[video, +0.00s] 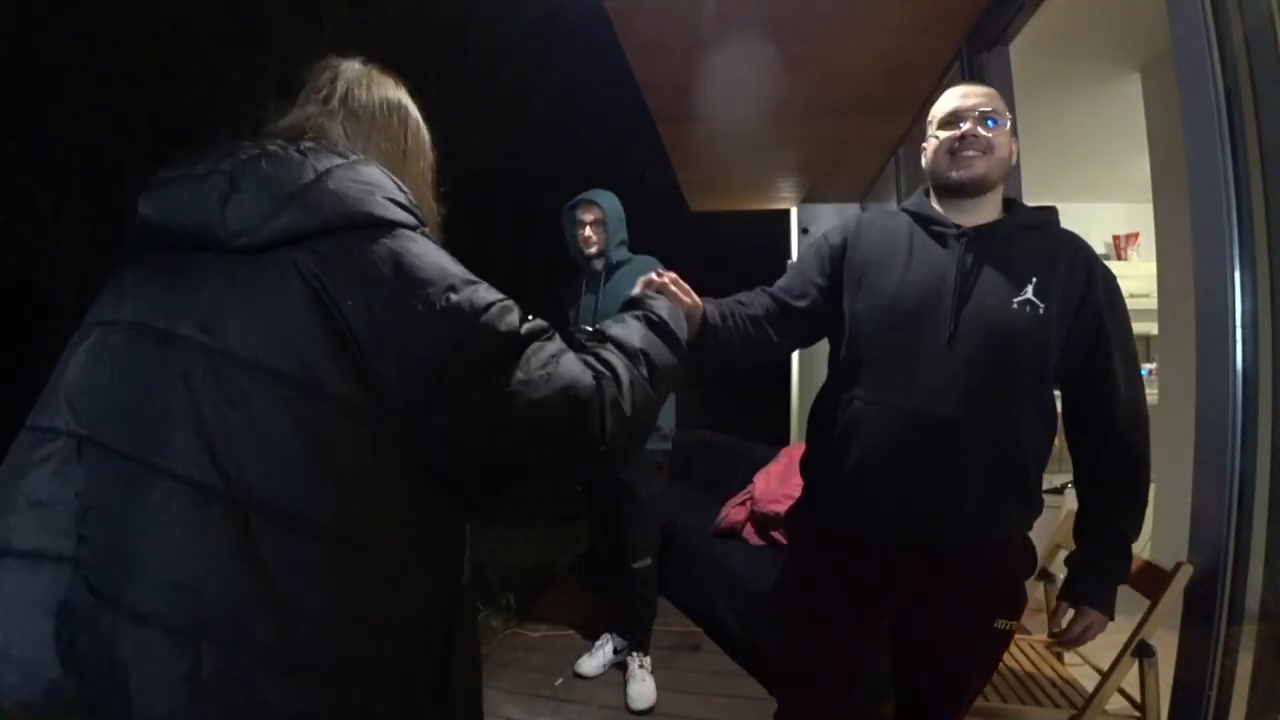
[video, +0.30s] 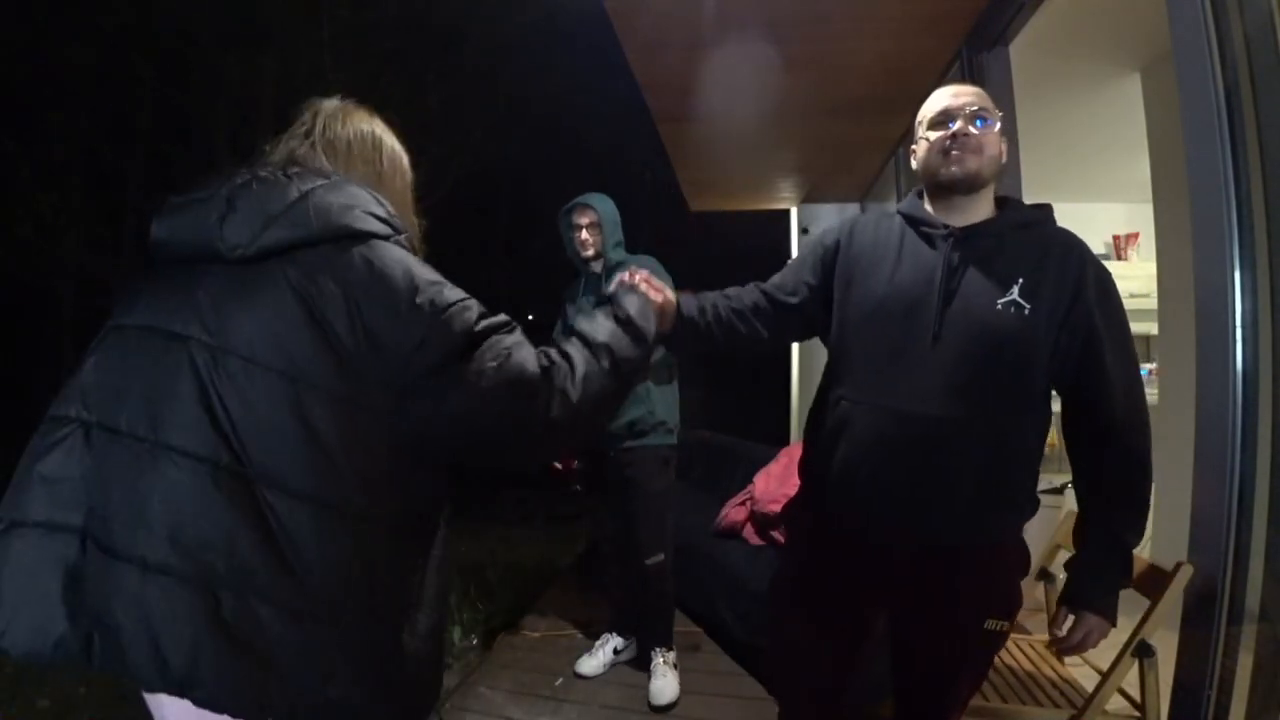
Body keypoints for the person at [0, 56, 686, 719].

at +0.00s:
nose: (424, 192)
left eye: (423, 176)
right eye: (420, 173)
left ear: (291, 139)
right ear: (395, 163)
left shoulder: (158, 255)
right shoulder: (377, 261)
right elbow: (565, 405)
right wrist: (660, 324)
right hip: (304, 667)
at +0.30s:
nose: (406, 215)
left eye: (405, 200)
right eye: (402, 198)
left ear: (283, 167)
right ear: (380, 188)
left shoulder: (178, 269)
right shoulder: (371, 275)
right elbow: (540, 398)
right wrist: (635, 320)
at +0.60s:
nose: (395, 242)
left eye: (396, 226)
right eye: (391, 224)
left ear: (295, 191)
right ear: (361, 213)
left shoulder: (212, 265)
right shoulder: (335, 289)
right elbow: (456, 424)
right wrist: (593, 440)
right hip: (223, 625)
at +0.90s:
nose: (366, 216)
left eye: (364, 196)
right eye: (355, 191)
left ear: (294, 187)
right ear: (303, 185)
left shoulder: (195, 257)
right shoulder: (257, 271)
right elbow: (362, 429)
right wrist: (532, 436)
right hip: (175, 635)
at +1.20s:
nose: (290, 179)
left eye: (291, 160)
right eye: (265, 150)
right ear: (188, 143)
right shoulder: (87, 254)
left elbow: (222, 489)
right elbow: (105, 512)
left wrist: (244, 653)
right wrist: (350, 594)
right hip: (93, 684)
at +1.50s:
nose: (205, 136)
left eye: (212, 118)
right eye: (170, 106)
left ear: (221, 136)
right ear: (77, 115)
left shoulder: (214, 294)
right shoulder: (22, 286)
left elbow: (233, 485)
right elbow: (18, 543)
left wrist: (275, 574)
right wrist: (248, 586)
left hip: (235, 691)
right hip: (94, 694)